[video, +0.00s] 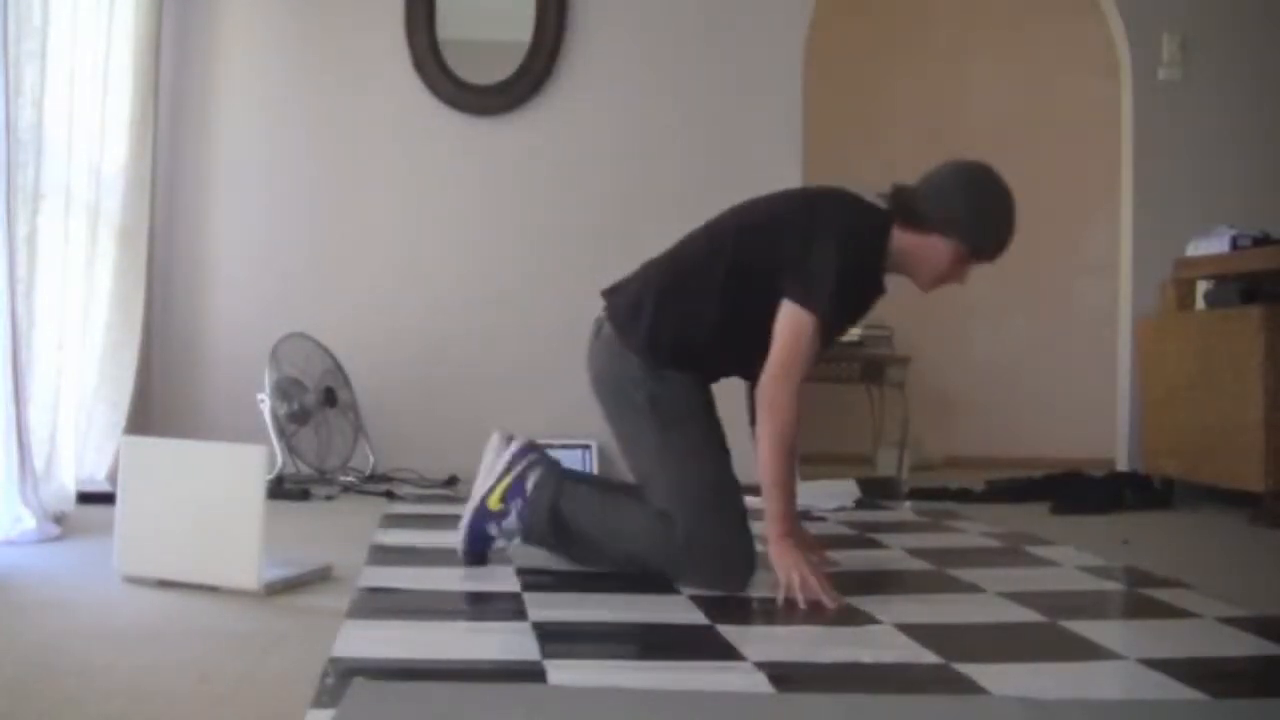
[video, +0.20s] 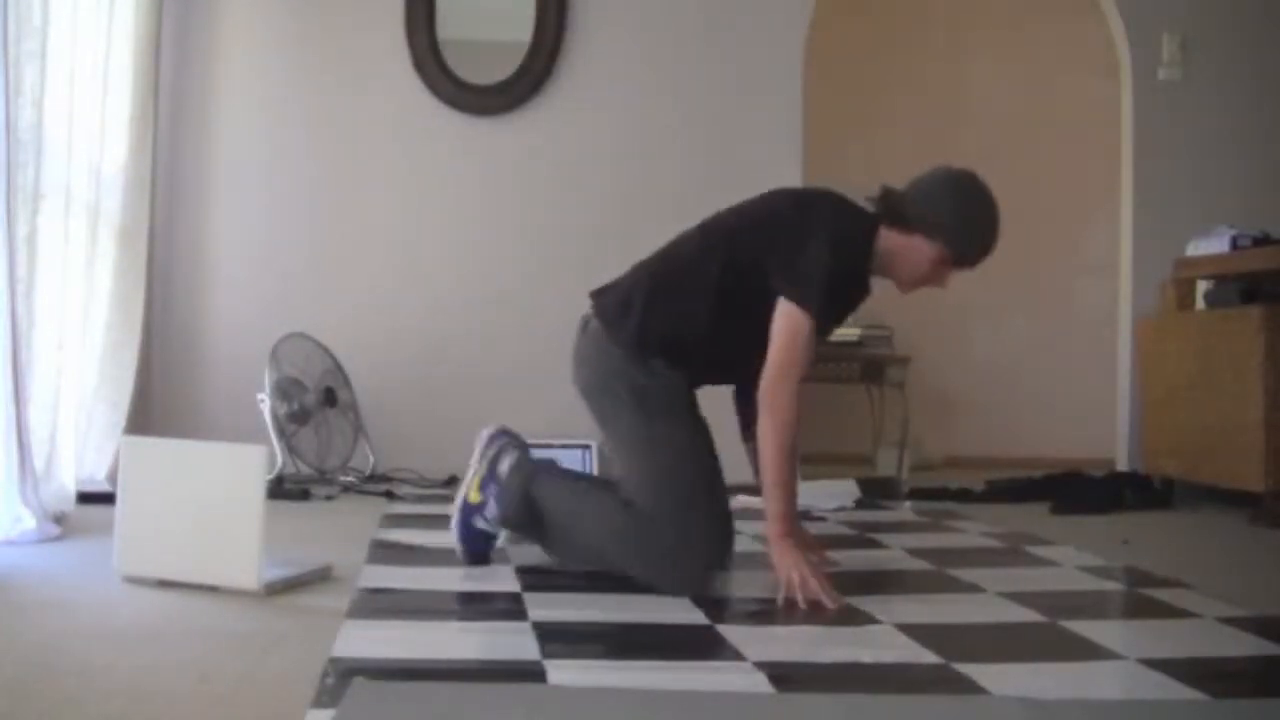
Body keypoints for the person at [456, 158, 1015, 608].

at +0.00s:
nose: (961, 278)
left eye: (973, 267)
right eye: (969, 261)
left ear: (934, 227)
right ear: (944, 232)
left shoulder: (855, 252)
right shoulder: (840, 236)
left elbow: (778, 391)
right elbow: (777, 390)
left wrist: (783, 522)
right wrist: (781, 534)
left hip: (663, 359)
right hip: (640, 356)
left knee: (713, 542)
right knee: (717, 564)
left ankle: (541, 486)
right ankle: (531, 494)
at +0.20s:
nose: (942, 281)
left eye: (954, 271)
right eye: (950, 264)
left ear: (916, 227)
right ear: (922, 230)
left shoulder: (842, 251)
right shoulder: (829, 237)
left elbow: (761, 390)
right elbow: (777, 391)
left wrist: (783, 518)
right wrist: (783, 535)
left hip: (651, 364)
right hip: (624, 356)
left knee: (694, 544)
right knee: (683, 562)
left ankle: (519, 481)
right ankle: (514, 483)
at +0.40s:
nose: (914, 270)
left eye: (925, 259)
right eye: (921, 252)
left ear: (887, 220)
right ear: (894, 222)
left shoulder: (813, 254)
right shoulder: (803, 231)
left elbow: (742, 398)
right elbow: (765, 391)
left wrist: (783, 519)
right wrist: (781, 537)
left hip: (628, 374)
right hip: (596, 361)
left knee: (680, 542)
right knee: (645, 570)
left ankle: (502, 482)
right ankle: (477, 487)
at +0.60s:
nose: (858, 230)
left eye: (867, 218)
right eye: (862, 212)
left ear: (829, 193)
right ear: (832, 193)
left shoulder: (763, 244)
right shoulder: (743, 225)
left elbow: (729, 401)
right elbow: (742, 396)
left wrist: (782, 521)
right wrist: (785, 538)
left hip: (594, 385)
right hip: (560, 379)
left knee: (679, 541)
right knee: (641, 576)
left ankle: (505, 482)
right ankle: (474, 490)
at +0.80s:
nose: (808, 191)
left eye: (813, 176)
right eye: (806, 173)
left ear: (759, 158)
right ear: (771, 160)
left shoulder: (701, 213)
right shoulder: (702, 216)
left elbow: (674, 391)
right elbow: (709, 389)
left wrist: (709, 487)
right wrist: (776, 513)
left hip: (571, 398)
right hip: (541, 397)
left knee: (679, 542)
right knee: (642, 573)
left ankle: (495, 479)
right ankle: (474, 495)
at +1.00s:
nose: (786, 168)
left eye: (788, 151)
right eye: (783, 150)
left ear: (742, 140)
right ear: (752, 143)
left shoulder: (683, 196)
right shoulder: (681, 201)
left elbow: (700, 362)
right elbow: (699, 370)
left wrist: (744, 431)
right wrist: (748, 437)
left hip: (574, 405)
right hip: (534, 407)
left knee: (680, 543)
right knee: (639, 576)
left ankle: (488, 478)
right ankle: (472, 497)